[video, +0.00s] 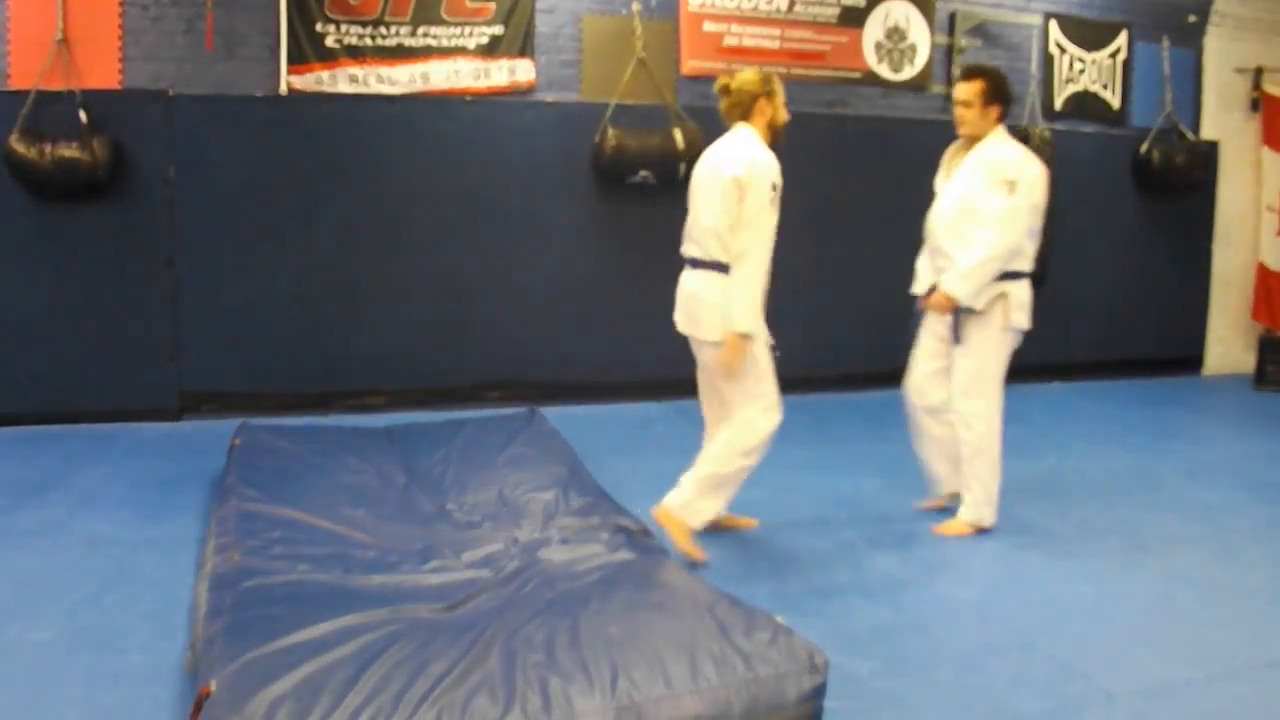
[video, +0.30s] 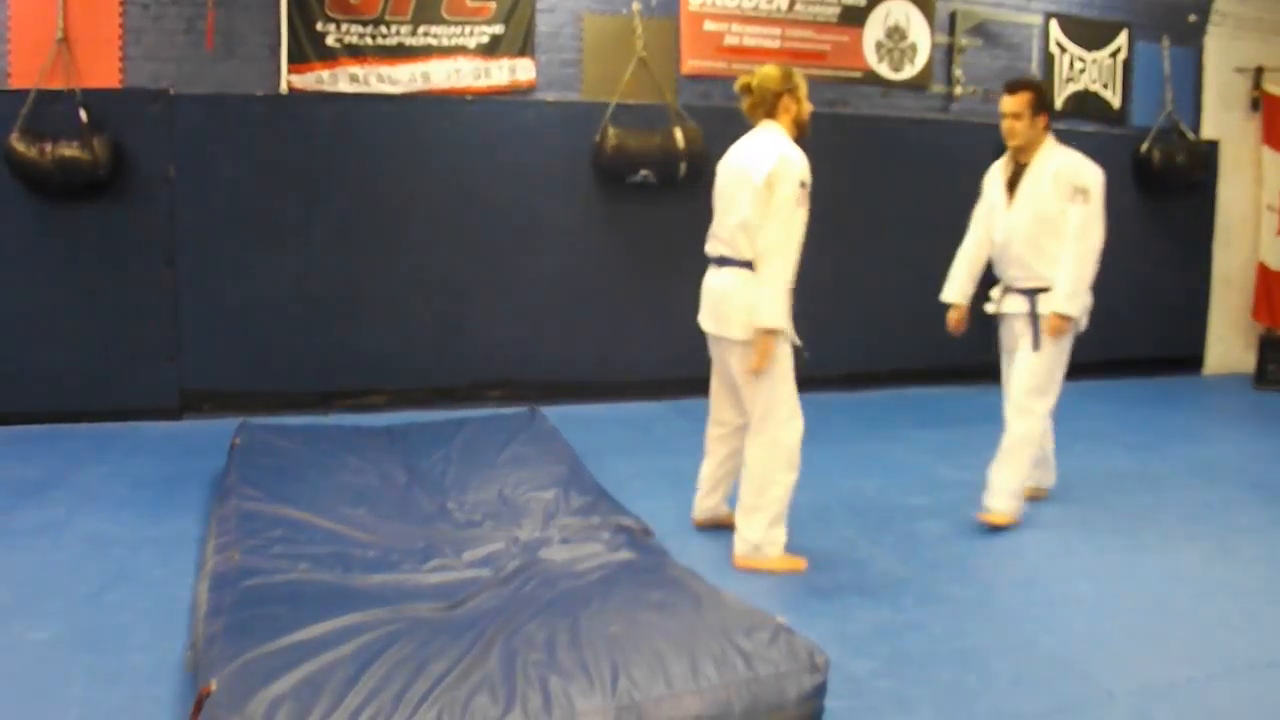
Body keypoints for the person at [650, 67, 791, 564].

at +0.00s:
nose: (784, 112)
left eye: (781, 103)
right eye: (780, 104)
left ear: (740, 108)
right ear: (762, 107)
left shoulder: (713, 155)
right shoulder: (759, 161)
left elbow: (700, 237)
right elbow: (752, 249)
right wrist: (740, 323)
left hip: (696, 286)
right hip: (730, 294)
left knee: (717, 407)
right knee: (761, 410)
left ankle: (710, 505)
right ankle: (682, 507)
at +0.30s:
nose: (809, 108)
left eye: (807, 100)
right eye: (804, 100)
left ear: (763, 104)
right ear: (787, 104)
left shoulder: (738, 151)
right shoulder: (787, 159)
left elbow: (723, 232)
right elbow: (778, 245)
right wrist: (770, 324)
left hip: (718, 285)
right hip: (754, 293)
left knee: (728, 409)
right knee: (779, 421)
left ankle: (710, 502)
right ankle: (759, 543)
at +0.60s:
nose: (808, 96)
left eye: (806, 88)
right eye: (803, 89)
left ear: (759, 97)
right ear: (785, 95)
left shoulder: (733, 150)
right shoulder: (791, 155)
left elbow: (734, 222)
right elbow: (815, 239)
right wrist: (856, 300)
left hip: (727, 281)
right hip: (768, 289)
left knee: (732, 404)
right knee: (779, 416)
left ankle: (723, 507)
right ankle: (758, 545)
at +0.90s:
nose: (798, 99)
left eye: (795, 90)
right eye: (793, 90)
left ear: (749, 95)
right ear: (777, 95)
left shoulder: (732, 149)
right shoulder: (778, 156)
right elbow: (796, 246)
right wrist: (819, 314)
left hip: (734, 279)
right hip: (768, 288)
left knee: (736, 404)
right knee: (783, 416)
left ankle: (722, 507)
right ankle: (756, 541)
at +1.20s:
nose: (797, 99)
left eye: (794, 90)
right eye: (793, 91)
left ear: (750, 96)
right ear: (776, 96)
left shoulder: (734, 148)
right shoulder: (778, 156)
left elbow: (735, 229)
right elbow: (794, 246)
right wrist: (818, 321)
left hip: (736, 277)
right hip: (767, 285)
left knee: (736, 402)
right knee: (784, 414)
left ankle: (720, 506)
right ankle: (756, 541)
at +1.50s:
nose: (800, 101)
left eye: (797, 93)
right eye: (796, 93)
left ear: (753, 95)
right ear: (781, 95)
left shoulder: (733, 145)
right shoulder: (785, 152)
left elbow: (761, 201)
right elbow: (838, 214)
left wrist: (810, 176)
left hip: (724, 282)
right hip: (763, 291)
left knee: (730, 405)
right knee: (781, 417)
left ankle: (720, 506)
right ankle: (756, 541)